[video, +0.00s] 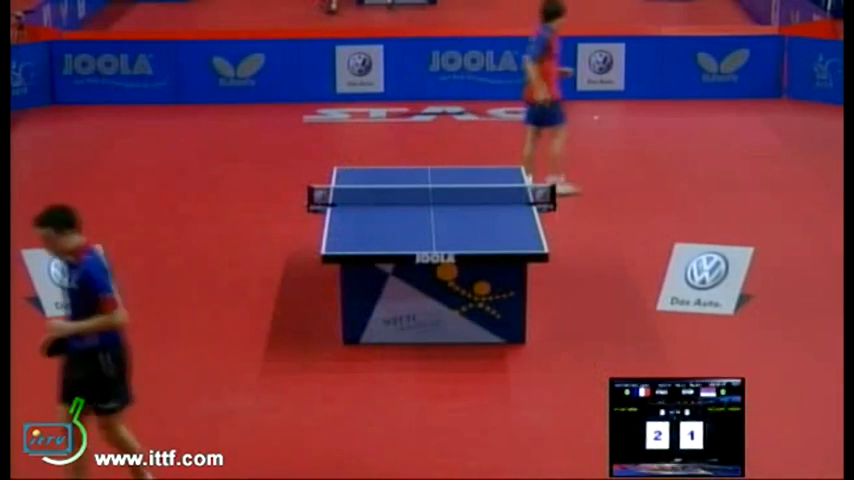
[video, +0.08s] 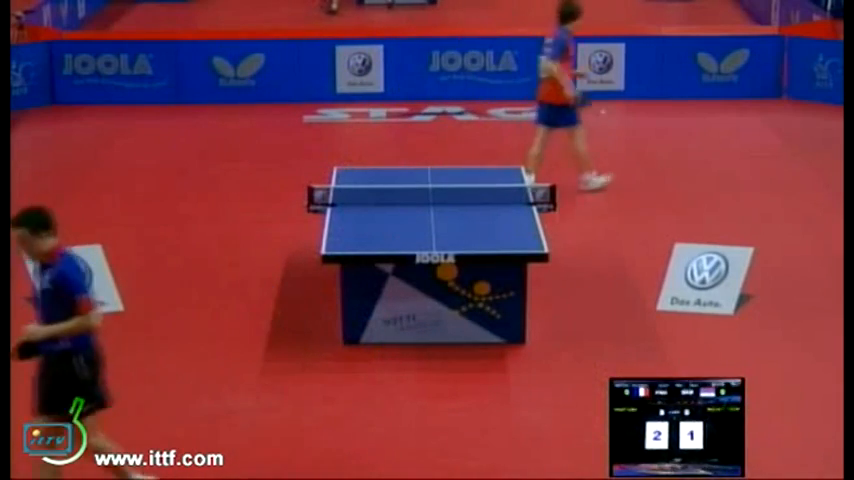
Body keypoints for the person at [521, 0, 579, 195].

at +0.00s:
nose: (563, 22)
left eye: (563, 18)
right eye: (562, 18)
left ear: (547, 16)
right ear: (556, 18)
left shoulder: (551, 37)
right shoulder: (543, 36)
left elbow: (544, 65)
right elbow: (529, 61)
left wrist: (560, 72)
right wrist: (540, 87)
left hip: (537, 97)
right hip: (549, 96)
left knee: (532, 136)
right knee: (559, 134)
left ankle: (526, 177)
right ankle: (556, 178)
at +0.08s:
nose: (579, 21)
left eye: (578, 16)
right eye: (578, 17)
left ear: (562, 15)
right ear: (574, 18)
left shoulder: (557, 36)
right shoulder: (562, 37)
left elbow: (552, 66)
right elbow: (552, 65)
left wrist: (574, 74)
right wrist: (568, 89)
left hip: (547, 96)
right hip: (561, 97)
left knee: (540, 139)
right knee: (577, 134)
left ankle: (529, 176)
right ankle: (587, 175)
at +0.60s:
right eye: (648, 7)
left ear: (629, 8)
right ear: (647, 9)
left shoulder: (618, 28)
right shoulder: (650, 28)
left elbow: (609, 52)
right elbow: (658, 53)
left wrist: (617, 71)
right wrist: (666, 73)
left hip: (626, 81)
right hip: (645, 80)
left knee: (639, 119)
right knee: (648, 117)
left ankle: (646, 157)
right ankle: (638, 148)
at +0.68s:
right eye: (653, 8)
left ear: (637, 10)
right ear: (653, 10)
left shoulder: (627, 30)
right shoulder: (658, 29)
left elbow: (615, 56)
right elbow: (665, 55)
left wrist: (627, 71)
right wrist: (673, 75)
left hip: (634, 83)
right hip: (653, 83)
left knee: (647, 120)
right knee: (660, 117)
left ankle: (649, 160)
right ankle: (653, 145)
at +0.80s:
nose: (661, 6)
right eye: (662, 4)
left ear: (647, 4)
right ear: (662, 3)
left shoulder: (637, 20)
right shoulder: (666, 19)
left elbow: (627, 44)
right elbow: (670, 42)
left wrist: (641, 55)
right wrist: (678, 66)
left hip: (645, 73)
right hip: (664, 73)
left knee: (649, 113)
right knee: (669, 111)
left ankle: (650, 154)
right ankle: (670, 151)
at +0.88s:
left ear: (652, 1)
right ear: (668, 1)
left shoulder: (643, 15)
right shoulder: (672, 15)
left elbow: (631, 38)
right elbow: (674, 36)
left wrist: (646, 47)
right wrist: (684, 60)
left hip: (650, 67)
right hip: (670, 67)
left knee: (652, 104)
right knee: (672, 105)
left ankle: (650, 145)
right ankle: (676, 142)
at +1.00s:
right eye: (678, 3)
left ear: (662, 2)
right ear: (678, 2)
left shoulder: (652, 16)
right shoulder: (682, 17)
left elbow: (640, 41)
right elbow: (688, 41)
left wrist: (656, 51)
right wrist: (700, 65)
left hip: (657, 70)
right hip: (677, 71)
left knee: (659, 104)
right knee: (680, 105)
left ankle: (653, 134)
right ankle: (679, 142)